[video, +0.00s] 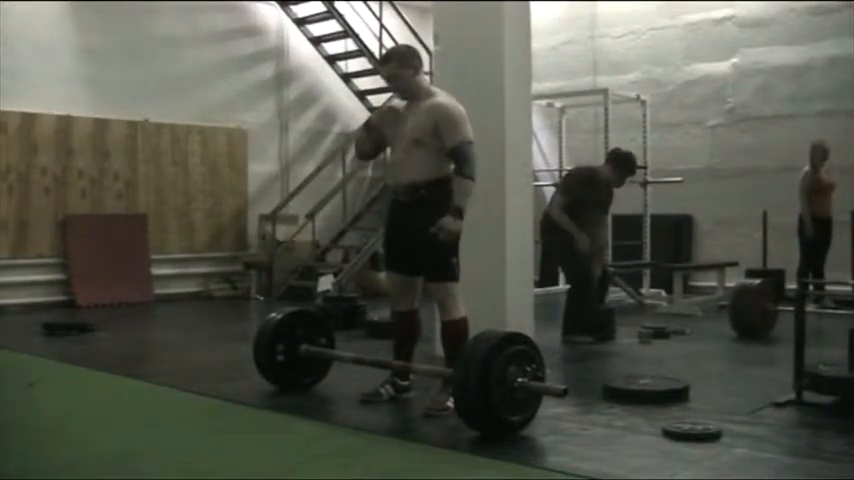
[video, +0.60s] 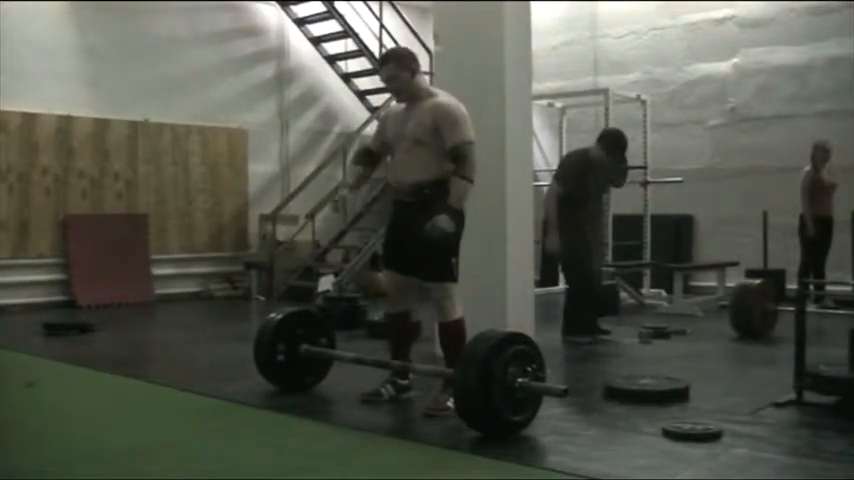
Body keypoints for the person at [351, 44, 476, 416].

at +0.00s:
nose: (391, 85)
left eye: (394, 77)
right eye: (387, 79)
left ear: (415, 70)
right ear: (388, 78)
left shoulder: (444, 109)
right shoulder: (394, 113)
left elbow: (467, 164)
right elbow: (364, 152)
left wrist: (457, 213)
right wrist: (370, 127)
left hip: (437, 200)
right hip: (401, 202)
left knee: (445, 294)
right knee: (402, 293)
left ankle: (454, 387)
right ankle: (400, 380)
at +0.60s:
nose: (389, 87)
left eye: (393, 79)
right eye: (386, 81)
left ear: (413, 72)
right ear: (386, 80)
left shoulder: (445, 109)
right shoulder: (392, 116)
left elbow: (465, 163)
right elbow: (370, 155)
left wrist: (453, 211)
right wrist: (352, 182)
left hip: (438, 203)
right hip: (402, 205)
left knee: (443, 296)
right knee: (398, 293)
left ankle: (453, 385)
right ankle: (400, 378)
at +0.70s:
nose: (384, 92)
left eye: (387, 83)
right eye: (379, 86)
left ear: (406, 74)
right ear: (379, 84)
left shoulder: (442, 110)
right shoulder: (388, 118)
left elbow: (466, 162)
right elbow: (371, 163)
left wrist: (461, 214)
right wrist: (355, 201)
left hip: (439, 201)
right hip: (402, 203)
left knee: (442, 294)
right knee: (394, 290)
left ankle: (453, 385)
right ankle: (398, 378)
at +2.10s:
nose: (349, 102)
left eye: (356, 95)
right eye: (348, 96)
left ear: (376, 95)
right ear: (355, 99)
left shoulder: (410, 128)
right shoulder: (360, 139)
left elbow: (455, 169)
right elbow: (351, 187)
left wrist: (451, 221)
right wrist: (345, 226)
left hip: (428, 223)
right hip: (391, 225)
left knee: (424, 301)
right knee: (376, 296)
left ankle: (441, 387)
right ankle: (394, 381)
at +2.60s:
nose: (403, 78)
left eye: (410, 71)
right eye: (400, 72)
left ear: (429, 78)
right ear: (398, 79)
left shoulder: (444, 115)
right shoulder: (387, 115)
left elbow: (478, 127)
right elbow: (343, 133)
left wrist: (467, 111)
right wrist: (362, 130)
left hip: (416, 202)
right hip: (380, 202)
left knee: (414, 298)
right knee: (371, 294)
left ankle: (444, 388)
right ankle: (394, 381)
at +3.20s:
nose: (409, 61)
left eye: (416, 55)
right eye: (405, 55)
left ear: (434, 61)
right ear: (401, 62)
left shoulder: (452, 94)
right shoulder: (394, 103)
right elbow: (371, 133)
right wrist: (360, 119)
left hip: (428, 188)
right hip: (390, 189)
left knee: (430, 286)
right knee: (373, 281)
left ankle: (453, 386)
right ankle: (384, 371)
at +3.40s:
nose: (407, 74)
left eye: (416, 70)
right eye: (405, 69)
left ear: (435, 82)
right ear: (400, 82)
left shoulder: (441, 123)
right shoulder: (386, 131)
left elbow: (454, 167)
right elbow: (358, 176)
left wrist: (449, 124)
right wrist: (348, 135)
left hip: (425, 211)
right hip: (388, 214)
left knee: (422, 308)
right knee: (368, 304)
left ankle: (453, 392)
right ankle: (394, 385)